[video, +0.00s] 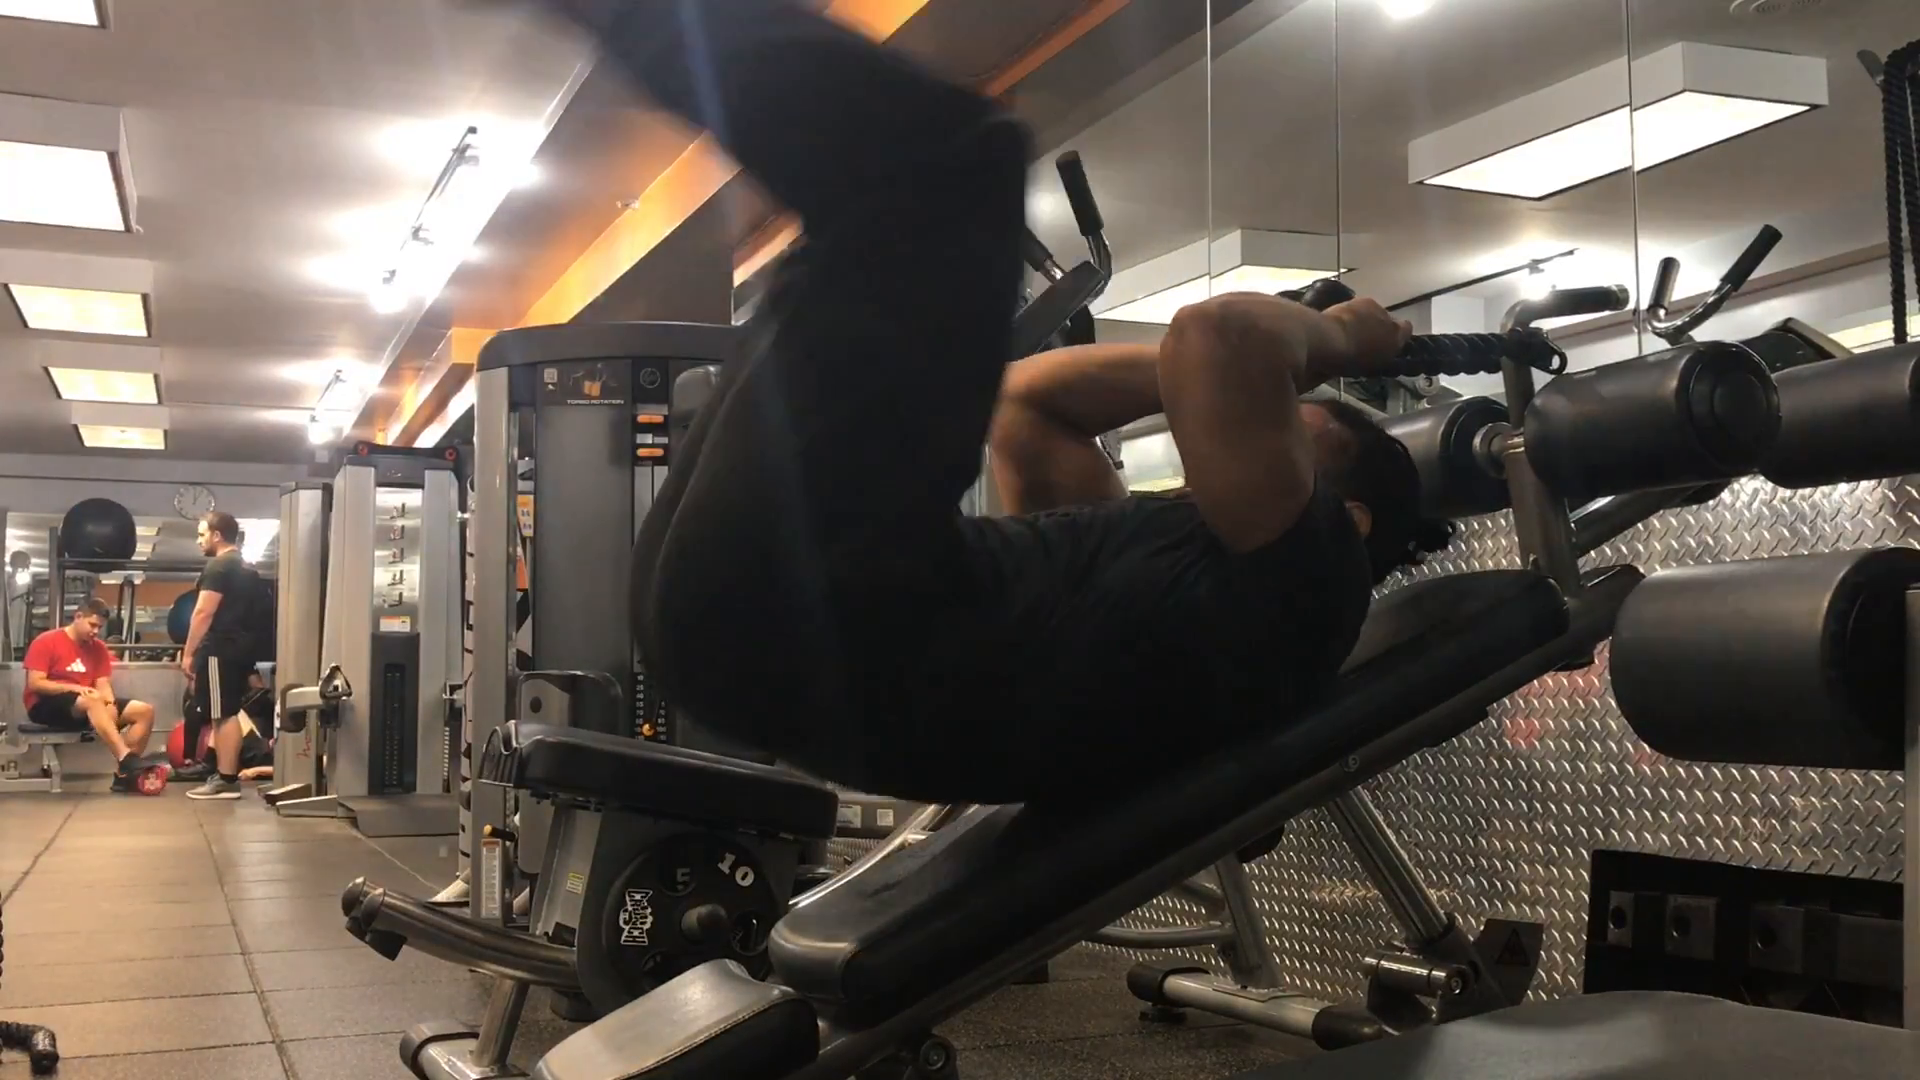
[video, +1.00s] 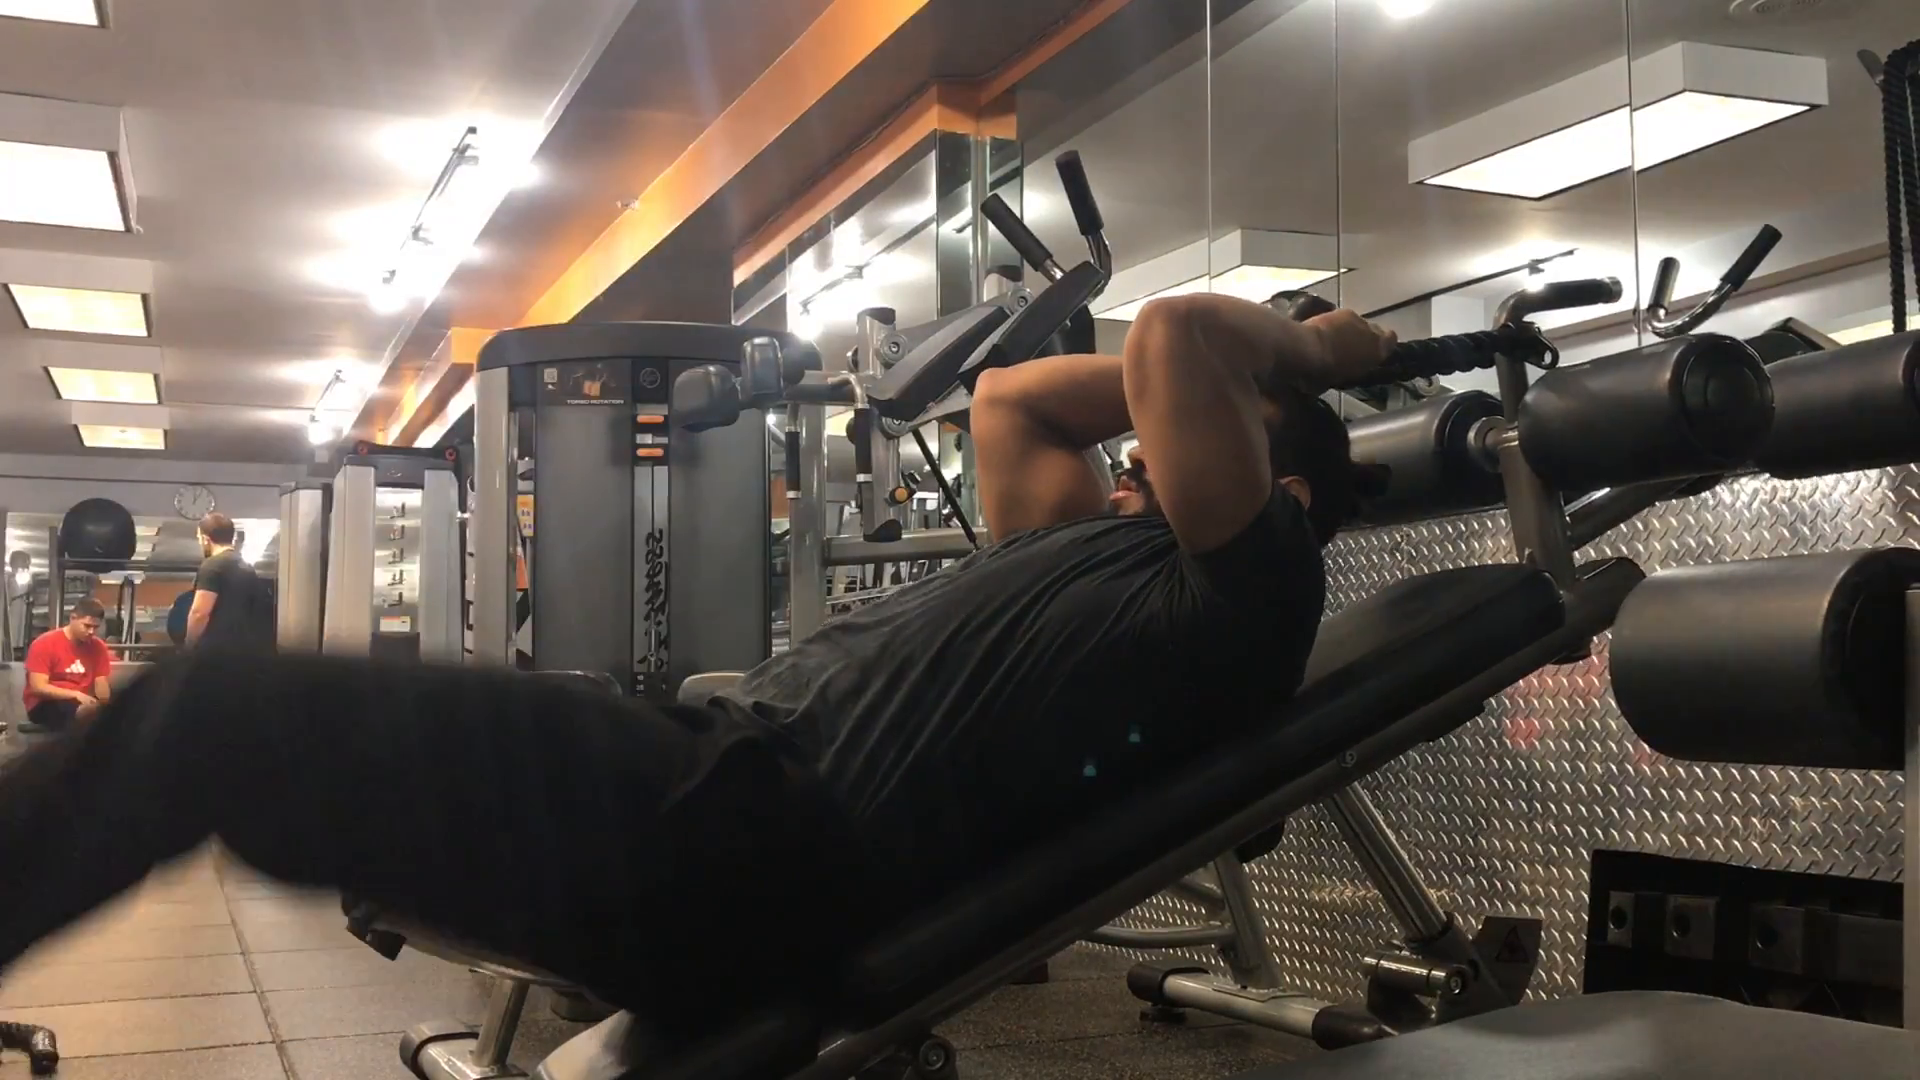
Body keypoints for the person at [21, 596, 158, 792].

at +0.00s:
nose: (95, 632)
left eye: (99, 628)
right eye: (92, 625)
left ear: (102, 627)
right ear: (77, 616)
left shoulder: (98, 648)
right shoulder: (46, 641)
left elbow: (103, 684)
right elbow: (35, 683)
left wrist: (110, 704)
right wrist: (76, 689)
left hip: (84, 706)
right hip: (46, 705)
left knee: (144, 712)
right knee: (94, 701)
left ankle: (123, 776)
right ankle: (125, 757)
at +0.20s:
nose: (96, 632)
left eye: (100, 628)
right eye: (93, 625)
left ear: (103, 627)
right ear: (79, 617)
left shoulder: (99, 647)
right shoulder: (47, 642)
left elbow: (102, 684)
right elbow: (39, 684)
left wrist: (109, 705)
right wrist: (75, 697)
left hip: (86, 702)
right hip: (47, 705)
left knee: (144, 711)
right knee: (88, 714)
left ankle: (128, 774)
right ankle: (110, 776)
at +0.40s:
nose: (95, 633)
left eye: (99, 629)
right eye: (92, 627)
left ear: (104, 629)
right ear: (78, 617)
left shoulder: (100, 648)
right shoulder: (47, 643)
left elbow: (102, 684)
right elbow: (39, 685)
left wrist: (109, 705)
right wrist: (73, 697)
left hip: (87, 703)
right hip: (47, 704)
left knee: (144, 712)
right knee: (83, 713)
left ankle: (129, 773)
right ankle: (107, 775)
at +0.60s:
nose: (95, 633)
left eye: (99, 628)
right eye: (91, 626)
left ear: (104, 627)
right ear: (78, 617)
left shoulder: (101, 649)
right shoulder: (46, 643)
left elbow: (109, 682)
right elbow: (36, 685)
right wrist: (71, 696)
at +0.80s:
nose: (93, 633)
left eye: (97, 628)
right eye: (89, 627)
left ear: (102, 626)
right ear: (75, 617)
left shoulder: (99, 647)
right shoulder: (46, 643)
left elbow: (102, 684)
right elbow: (37, 686)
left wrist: (109, 705)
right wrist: (74, 696)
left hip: (86, 703)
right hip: (46, 706)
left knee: (144, 712)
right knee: (86, 711)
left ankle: (128, 773)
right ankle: (106, 776)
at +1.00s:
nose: (91, 632)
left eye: (95, 627)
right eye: (87, 626)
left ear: (99, 625)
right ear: (73, 618)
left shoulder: (97, 647)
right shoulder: (45, 643)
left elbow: (101, 683)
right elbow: (38, 687)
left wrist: (106, 708)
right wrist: (77, 695)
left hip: (82, 704)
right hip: (44, 704)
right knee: (88, 712)